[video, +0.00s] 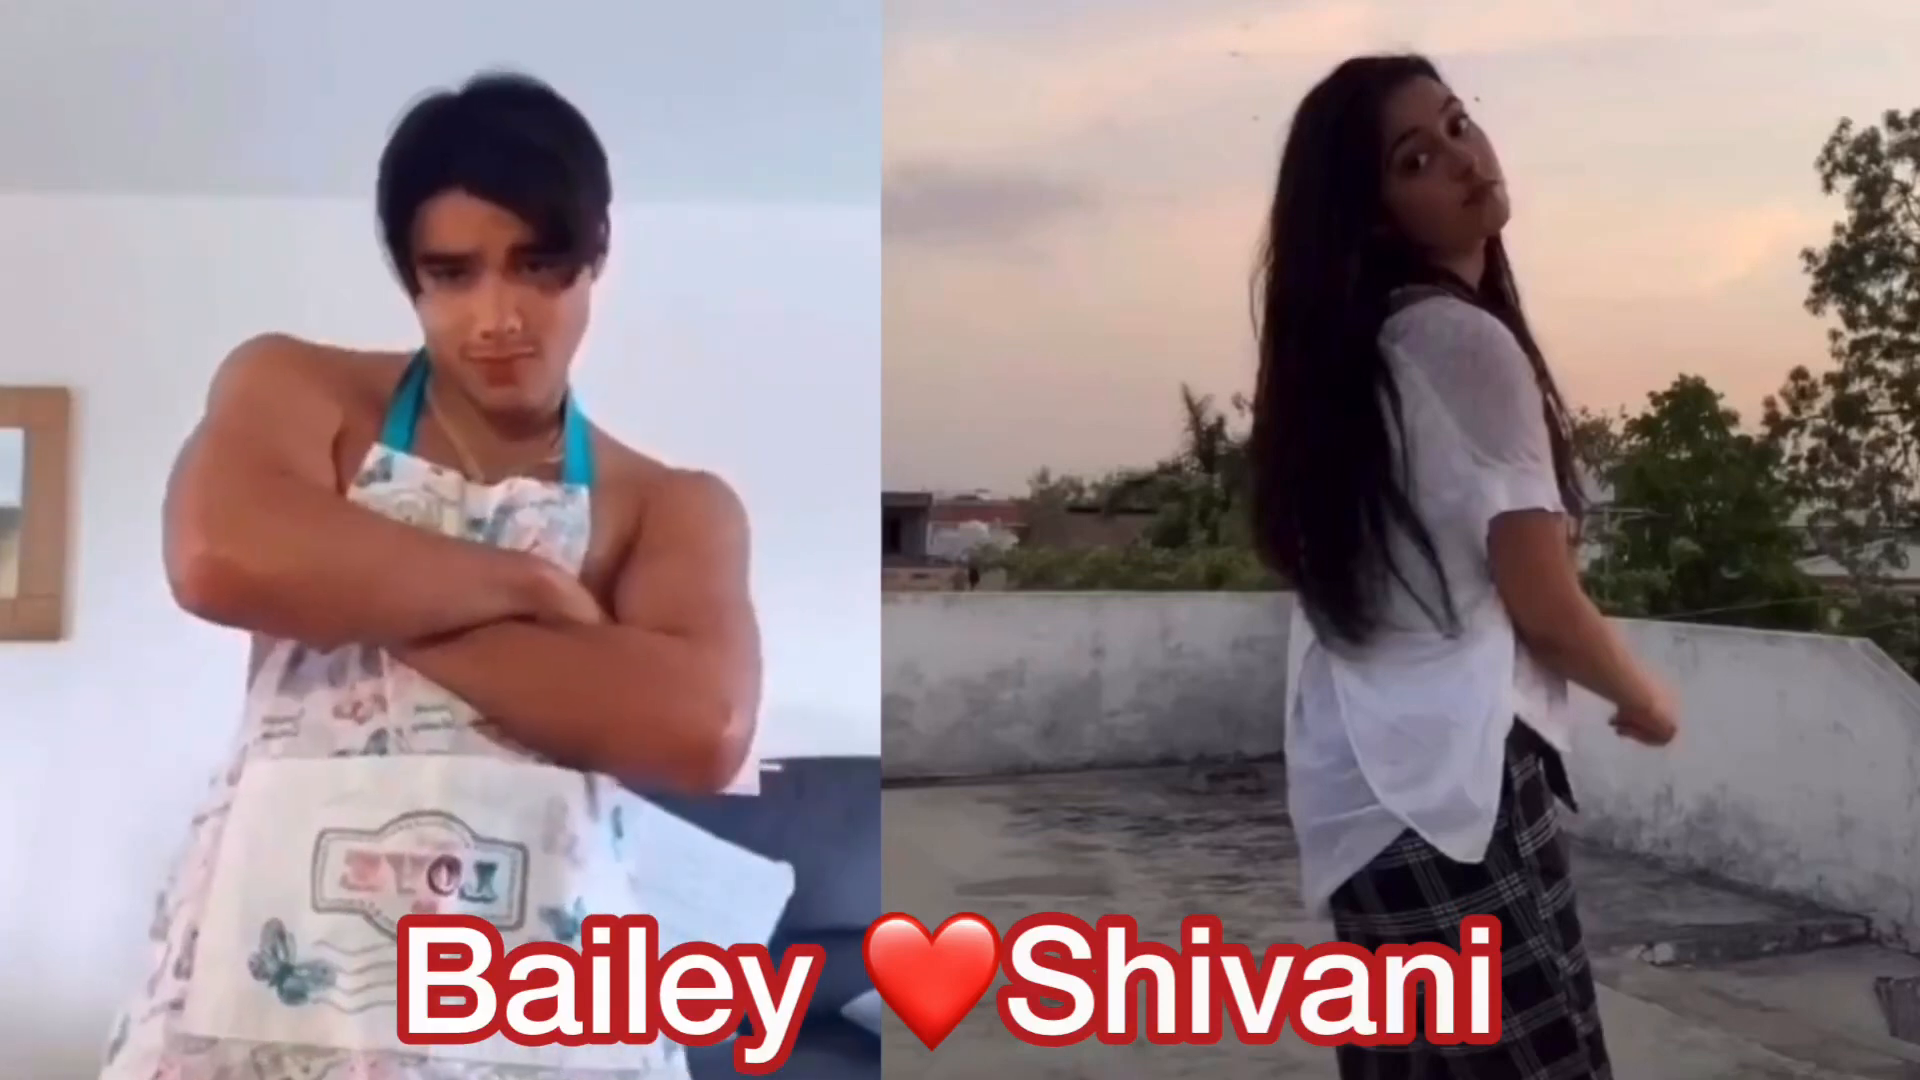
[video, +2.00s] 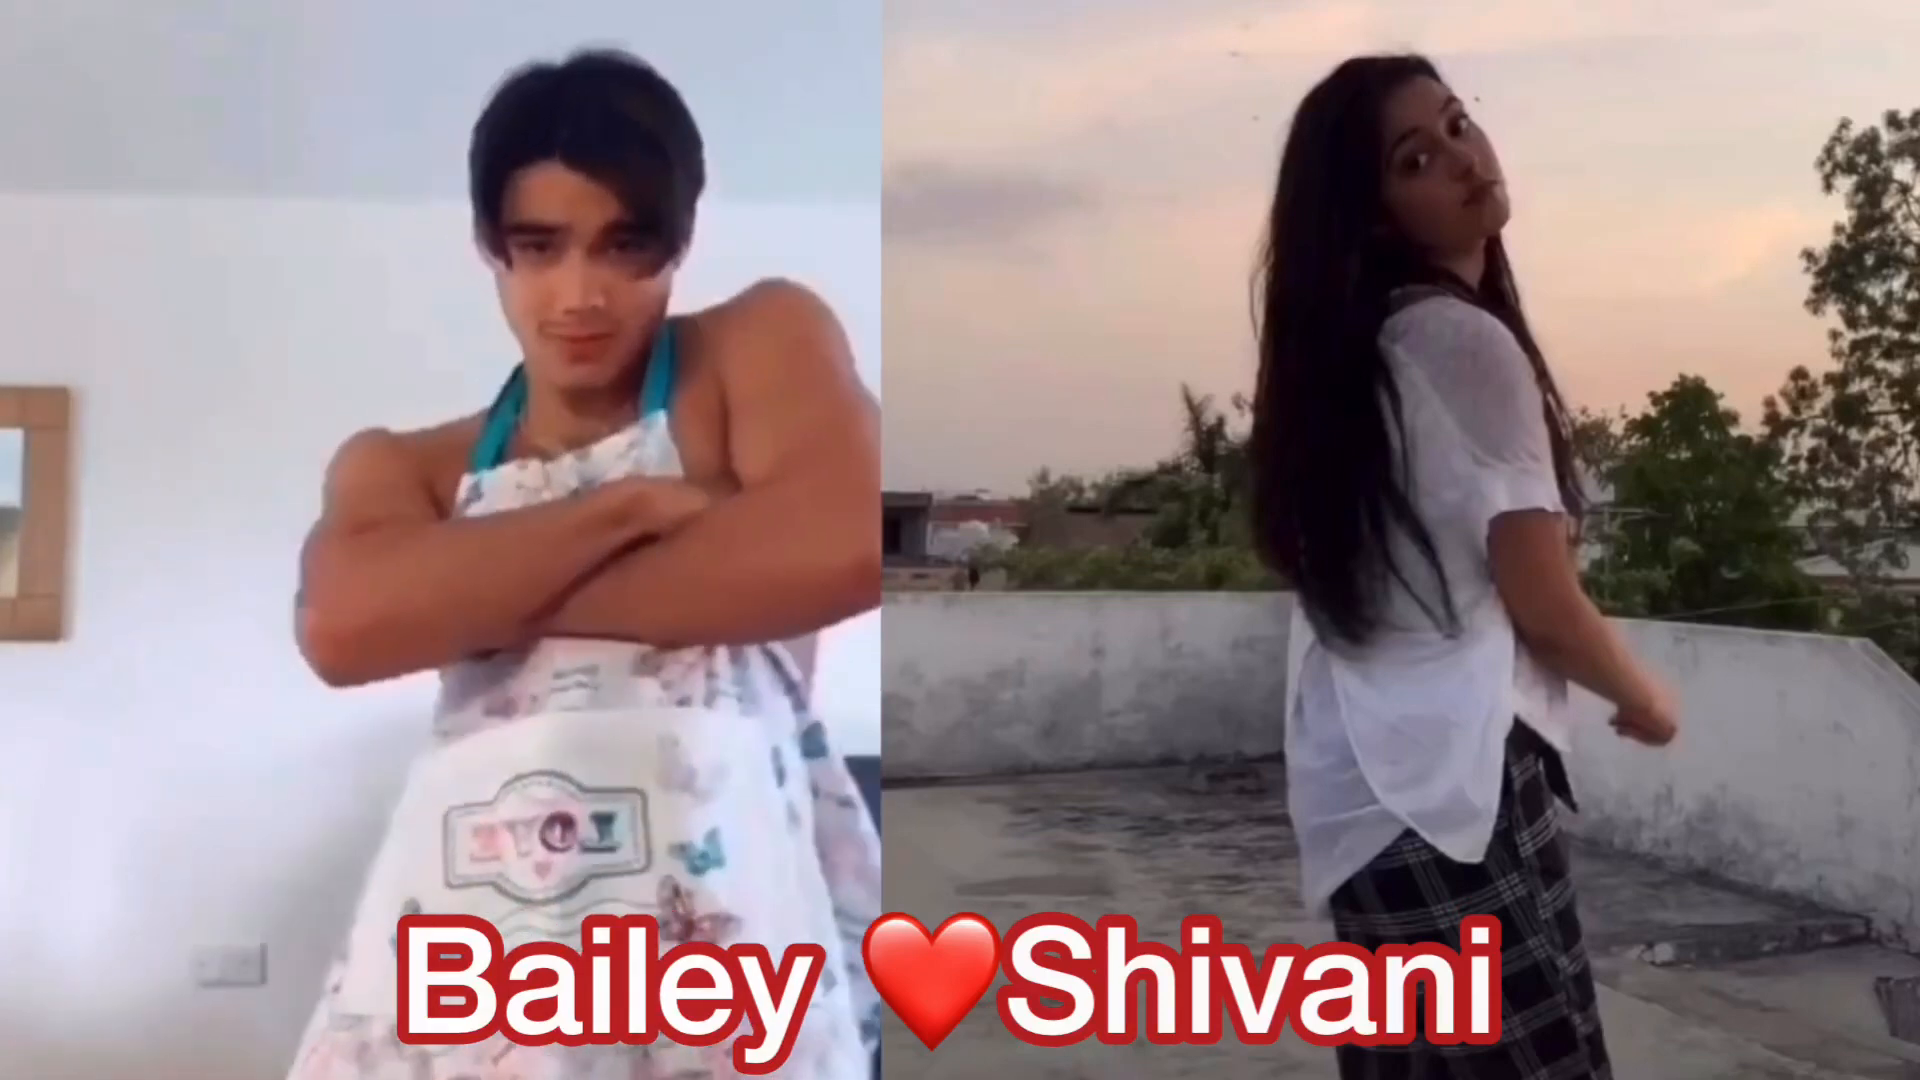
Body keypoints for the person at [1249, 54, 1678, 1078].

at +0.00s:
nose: (1467, 158)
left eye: (1459, 125)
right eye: (1418, 158)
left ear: (1480, 128)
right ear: (1370, 209)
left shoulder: (1352, 333)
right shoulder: (1464, 339)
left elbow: (1393, 567)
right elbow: (1545, 604)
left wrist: (1546, 666)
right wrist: (1643, 697)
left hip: (1362, 784)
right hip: (1451, 790)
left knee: (1397, 1056)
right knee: (1544, 1056)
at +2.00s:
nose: (1467, 158)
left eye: (1459, 125)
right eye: (1418, 158)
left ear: (1480, 128)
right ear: (1370, 210)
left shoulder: (1352, 333)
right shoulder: (1464, 339)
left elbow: (1393, 566)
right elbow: (1545, 603)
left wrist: (1546, 665)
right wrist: (1642, 697)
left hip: (1362, 783)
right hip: (1451, 789)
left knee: (1397, 1056)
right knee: (1544, 1055)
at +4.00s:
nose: (1467, 158)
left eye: (1459, 125)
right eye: (1418, 158)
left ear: (1479, 128)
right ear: (1370, 210)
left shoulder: (1353, 333)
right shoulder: (1464, 339)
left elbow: (1393, 566)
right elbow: (1545, 603)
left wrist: (1546, 665)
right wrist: (1642, 697)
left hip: (1362, 783)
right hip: (1451, 789)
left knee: (1397, 1056)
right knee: (1544, 1055)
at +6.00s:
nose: (1466, 158)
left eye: (1459, 125)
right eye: (1417, 158)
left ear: (1480, 129)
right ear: (1370, 210)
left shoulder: (1352, 333)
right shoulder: (1465, 339)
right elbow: (1545, 602)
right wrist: (1643, 697)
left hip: (1361, 783)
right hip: (1453, 789)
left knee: (1396, 1056)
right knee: (1544, 1056)